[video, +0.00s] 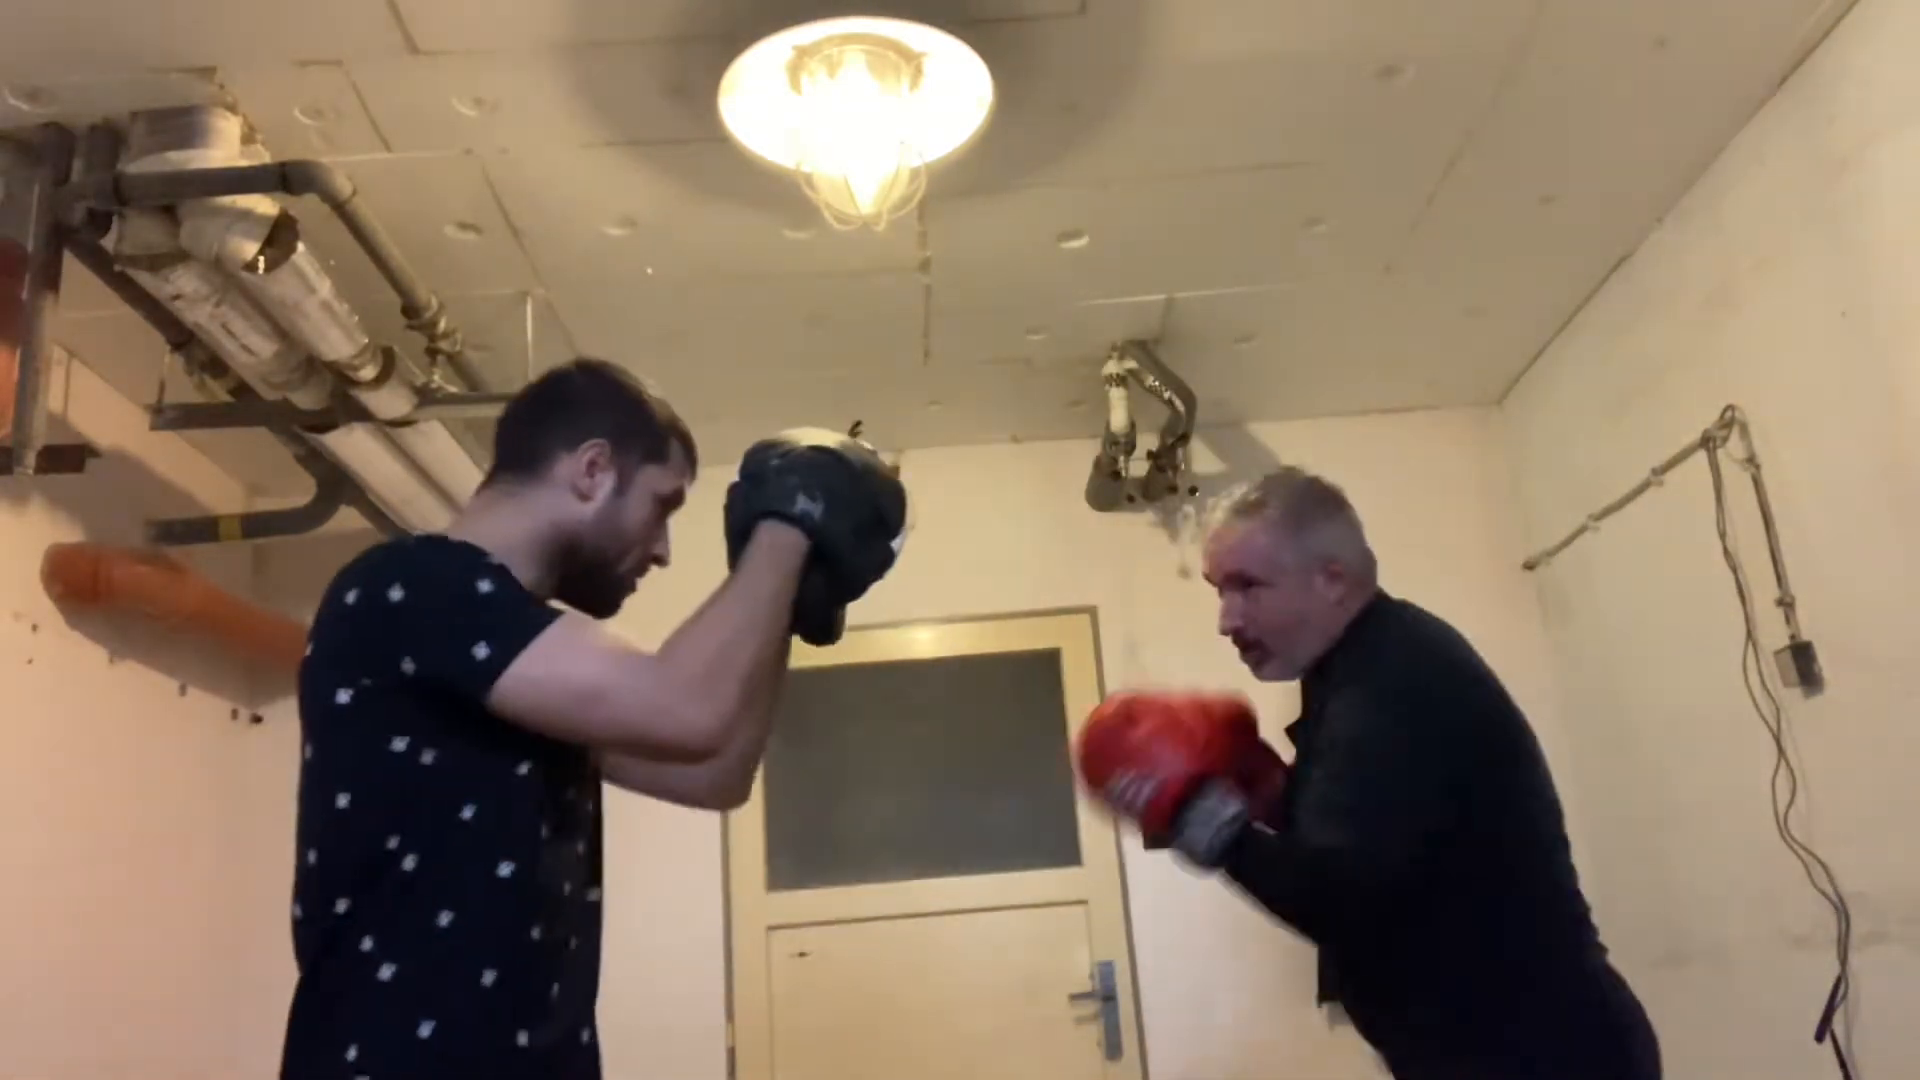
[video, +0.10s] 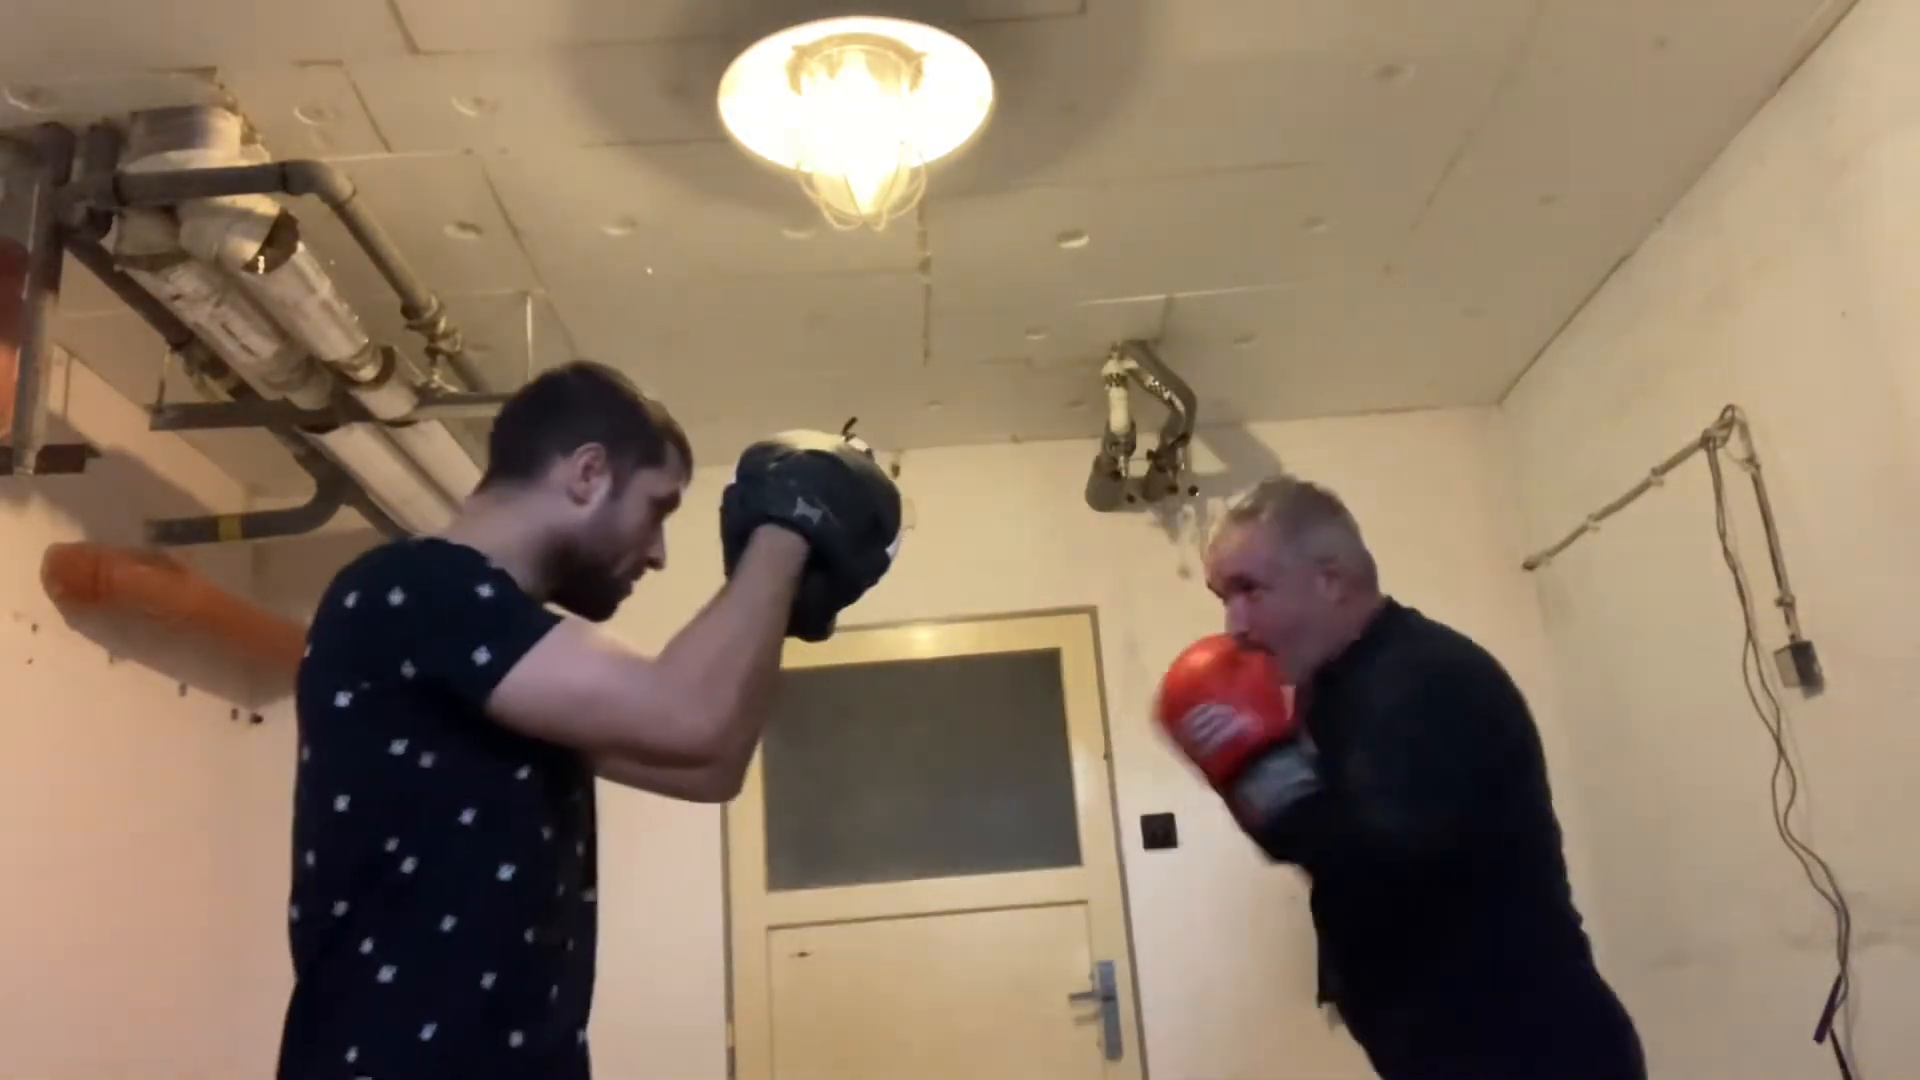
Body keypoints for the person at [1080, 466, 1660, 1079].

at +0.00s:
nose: (1226, 621)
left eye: (1245, 588)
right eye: (1220, 592)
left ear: (1332, 581)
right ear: (1331, 584)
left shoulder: (1392, 684)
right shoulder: (1364, 670)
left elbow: (1349, 907)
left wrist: (1216, 827)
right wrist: (1273, 795)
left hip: (1530, 1057)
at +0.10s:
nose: (1236, 625)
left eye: (1251, 591)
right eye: (1227, 599)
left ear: (1332, 581)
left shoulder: (1431, 683)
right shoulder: (1331, 693)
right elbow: (1333, 846)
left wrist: (1273, 773)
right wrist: (1253, 760)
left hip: (1522, 1048)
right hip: (1437, 1049)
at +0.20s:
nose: (1244, 640)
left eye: (1260, 605)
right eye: (1233, 615)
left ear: (1340, 592)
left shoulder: (1462, 688)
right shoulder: (1320, 712)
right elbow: (1265, 868)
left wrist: (1321, 777)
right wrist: (1222, 787)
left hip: (1535, 1051)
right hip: (1422, 1056)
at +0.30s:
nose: (1238, 628)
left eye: (1257, 593)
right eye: (1228, 603)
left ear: (1339, 582)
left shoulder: (1452, 674)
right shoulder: (1298, 710)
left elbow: (1480, 871)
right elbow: (1268, 884)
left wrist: (1308, 770)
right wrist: (1215, 800)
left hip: (1527, 1046)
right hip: (1405, 1053)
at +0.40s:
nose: (1226, 637)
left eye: (1244, 602)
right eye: (1214, 614)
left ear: (1329, 592)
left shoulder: (1438, 682)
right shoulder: (1289, 719)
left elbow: (1472, 868)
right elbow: (1245, 887)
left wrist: (1304, 768)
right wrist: (1202, 805)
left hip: (1530, 1049)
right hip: (1405, 1056)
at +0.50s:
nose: (1211, 659)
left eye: (1227, 623)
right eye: (1200, 633)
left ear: (1312, 615)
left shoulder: (1416, 699)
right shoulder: (1279, 738)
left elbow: (1475, 883)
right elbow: (1235, 909)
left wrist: (1304, 784)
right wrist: (1189, 822)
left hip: (1512, 1057)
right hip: (1391, 1060)